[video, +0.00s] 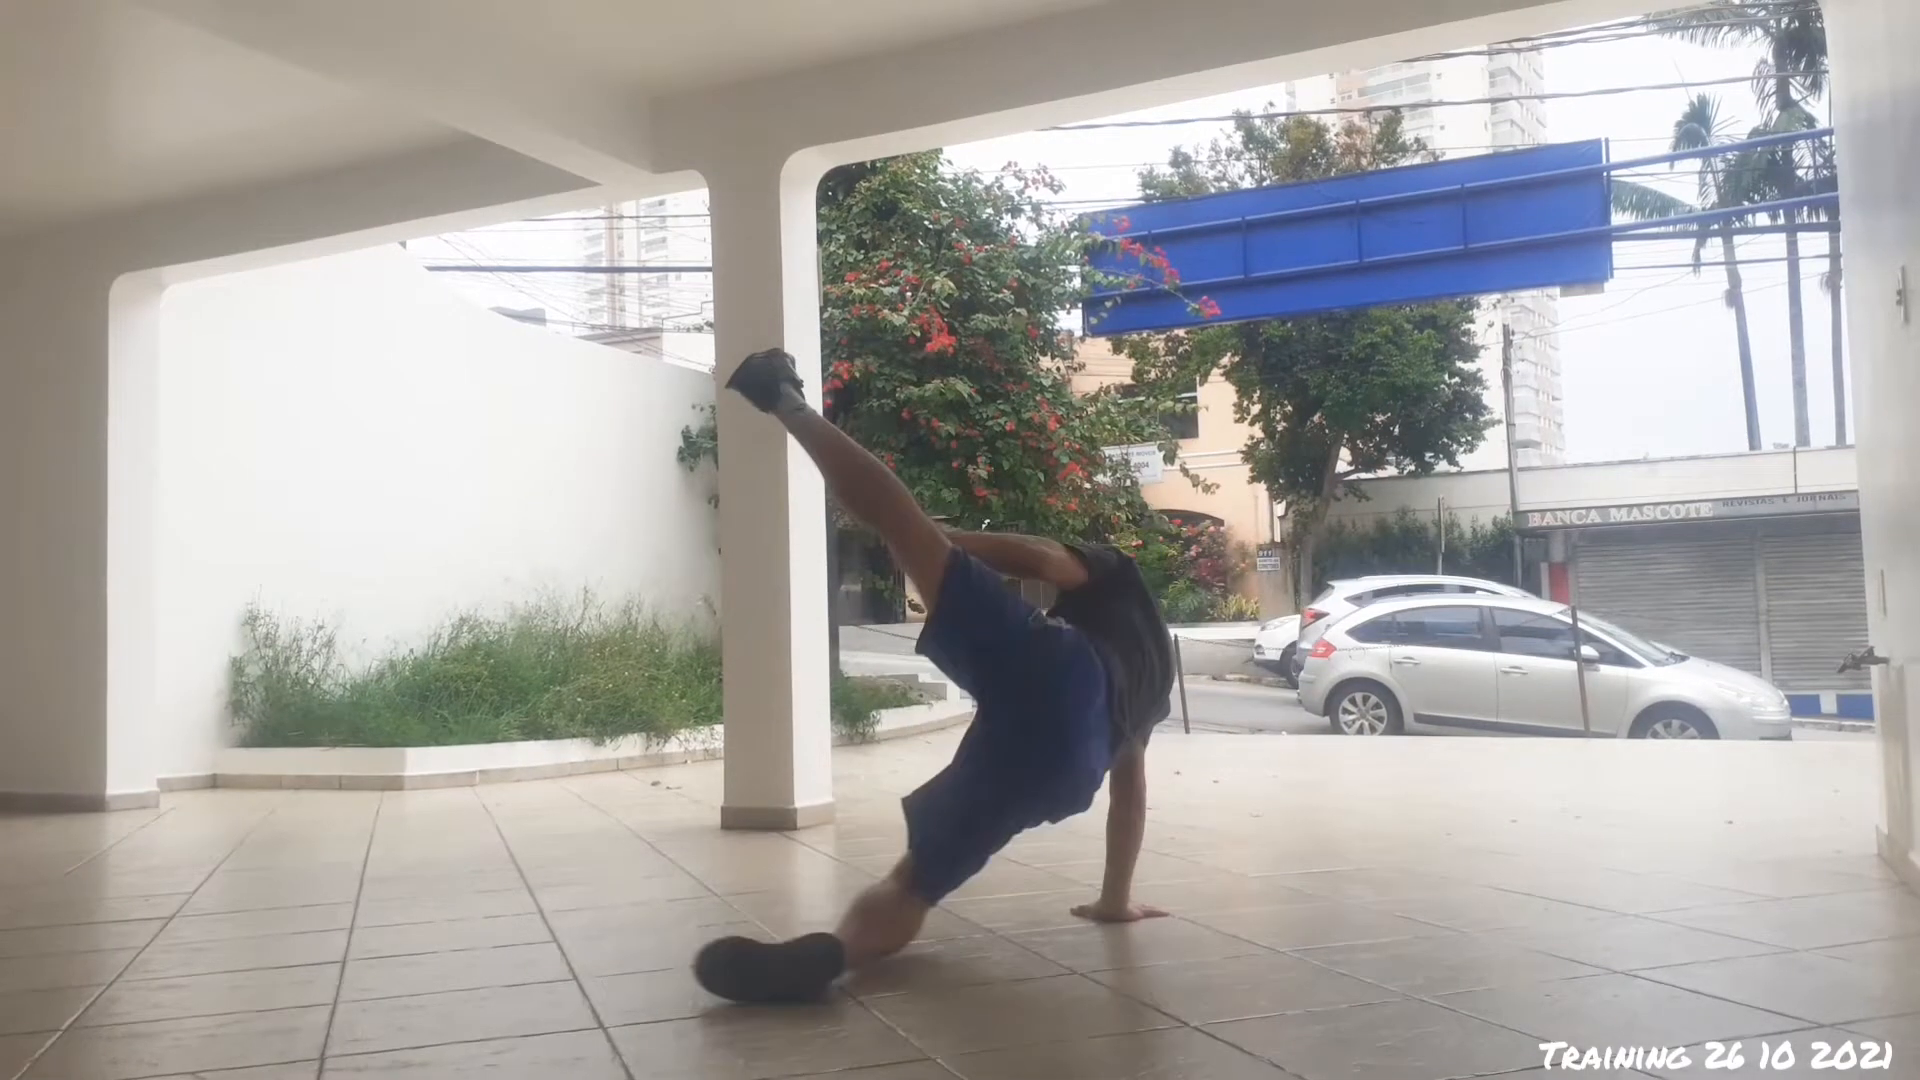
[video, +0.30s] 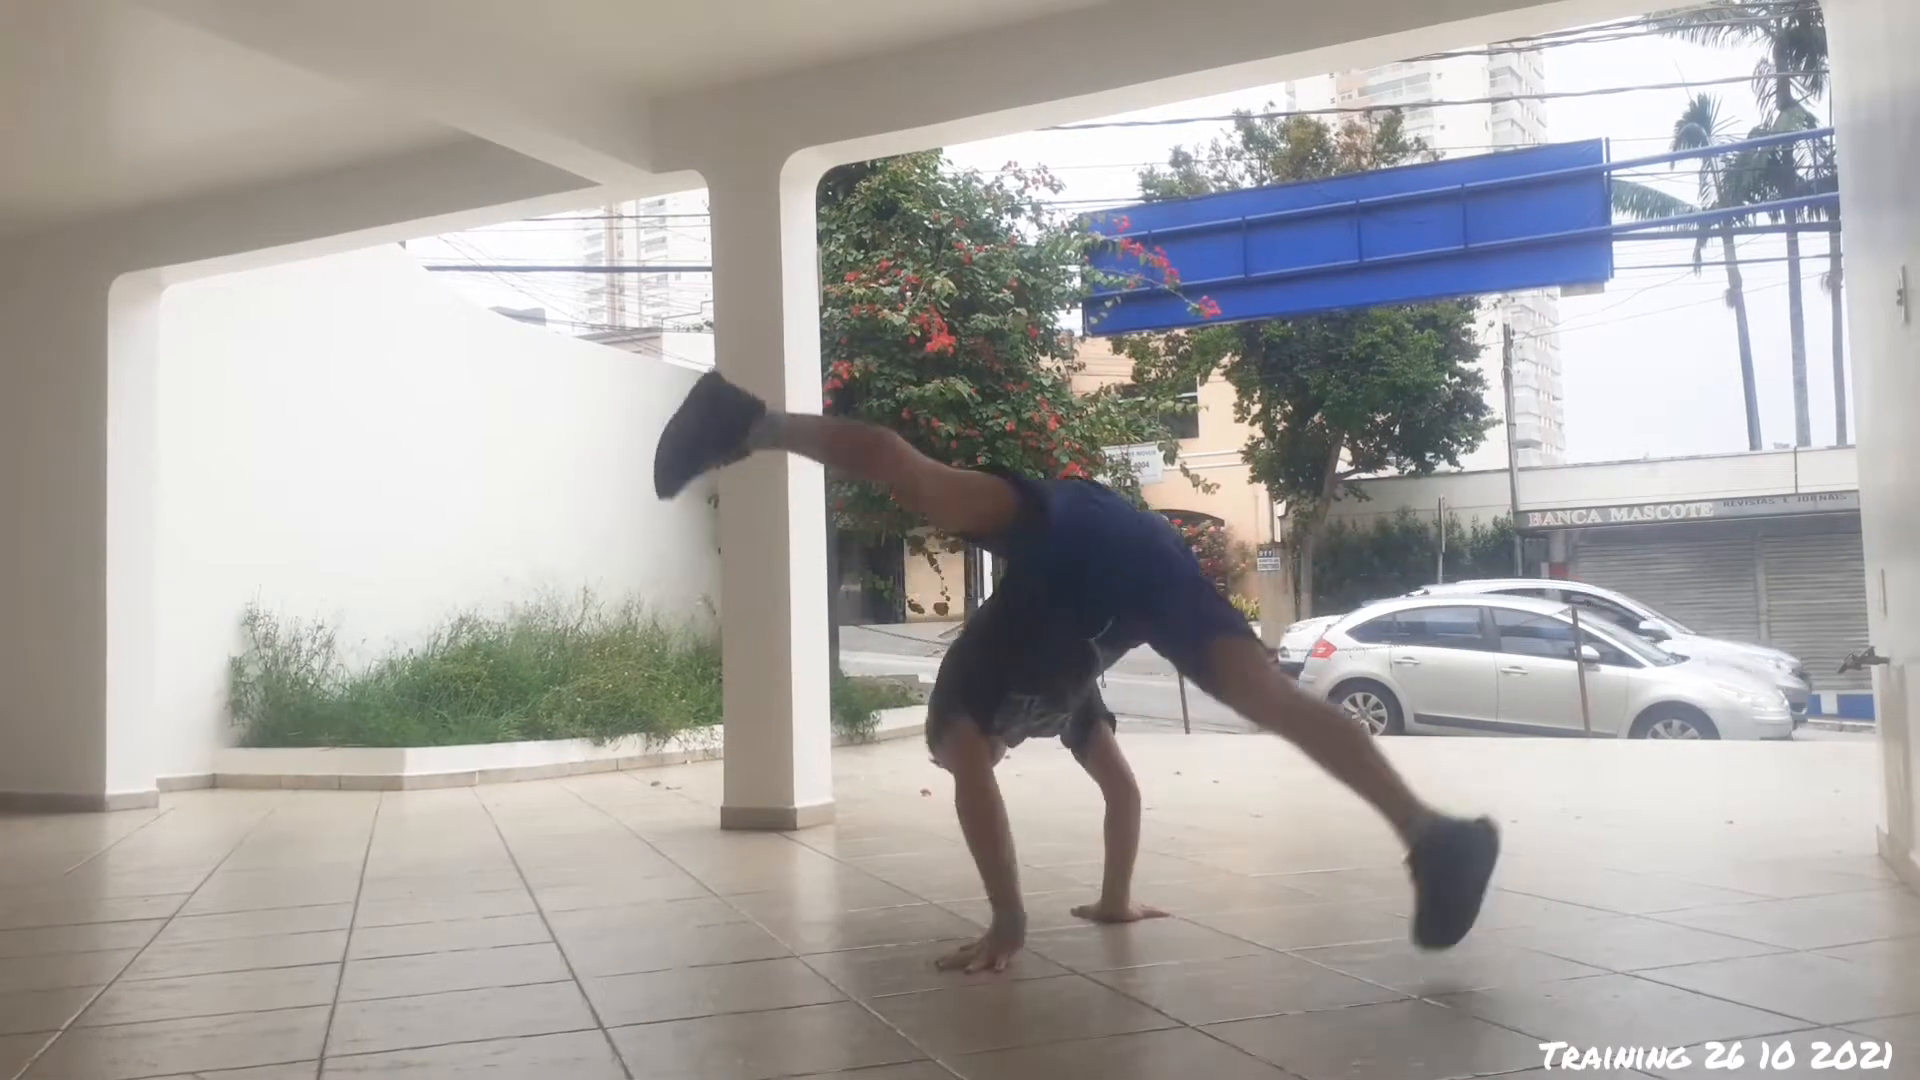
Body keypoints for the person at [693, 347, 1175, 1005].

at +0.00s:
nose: (1066, 568)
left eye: (1078, 566)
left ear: (1101, 574)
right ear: (1140, 616)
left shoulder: (1112, 574)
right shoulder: (1145, 675)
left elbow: (1038, 557)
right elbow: (1130, 797)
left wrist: (936, 538)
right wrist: (1116, 902)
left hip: (1058, 669)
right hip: (1071, 770)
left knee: (908, 530)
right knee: (916, 883)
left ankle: (785, 401)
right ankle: (833, 949)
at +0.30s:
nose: (965, 774)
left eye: (954, 761)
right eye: (962, 764)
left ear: (963, 721)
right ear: (1020, 710)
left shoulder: (967, 708)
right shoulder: (1074, 695)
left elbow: (982, 817)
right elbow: (1122, 792)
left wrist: (1008, 928)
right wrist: (1116, 902)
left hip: (1058, 522)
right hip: (1149, 560)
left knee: (919, 483)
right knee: (1274, 697)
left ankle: (751, 424)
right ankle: (1429, 835)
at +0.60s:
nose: (912, 803)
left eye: (896, 793)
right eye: (900, 800)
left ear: (907, 757)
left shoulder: (946, 717)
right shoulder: (1048, 727)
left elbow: (1012, 811)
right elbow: (1117, 786)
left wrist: (1018, 933)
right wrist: (1116, 894)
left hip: (1039, 552)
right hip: (1100, 524)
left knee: (1096, 674)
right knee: (1217, 449)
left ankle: (1153, 803)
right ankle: (1302, 292)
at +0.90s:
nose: (903, 809)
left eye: (889, 799)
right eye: (892, 806)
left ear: (897, 758)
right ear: (917, 763)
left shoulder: (949, 715)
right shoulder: (1034, 729)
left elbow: (1011, 814)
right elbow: (1119, 788)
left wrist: (1016, 934)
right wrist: (1114, 901)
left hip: (1089, 610)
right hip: (1071, 551)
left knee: (1253, 693)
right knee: (1112, 374)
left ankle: (1429, 762)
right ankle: (991, 228)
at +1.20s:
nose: (903, 794)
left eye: (891, 783)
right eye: (892, 790)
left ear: (903, 744)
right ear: (919, 747)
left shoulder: (948, 713)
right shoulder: (1035, 720)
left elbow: (1004, 805)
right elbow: (1119, 787)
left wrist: (1016, 933)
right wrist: (1113, 899)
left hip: (1077, 596)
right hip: (1059, 536)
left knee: (1253, 670)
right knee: (1099, 356)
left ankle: (1446, 724)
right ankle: (994, 195)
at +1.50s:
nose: (914, 787)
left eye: (903, 773)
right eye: (905, 781)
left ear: (915, 737)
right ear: (933, 748)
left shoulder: (962, 707)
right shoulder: (1049, 727)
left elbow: (1003, 817)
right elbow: (1132, 789)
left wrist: (1016, 933)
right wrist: (1114, 900)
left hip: (1054, 540)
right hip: (1116, 546)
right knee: (1218, 376)